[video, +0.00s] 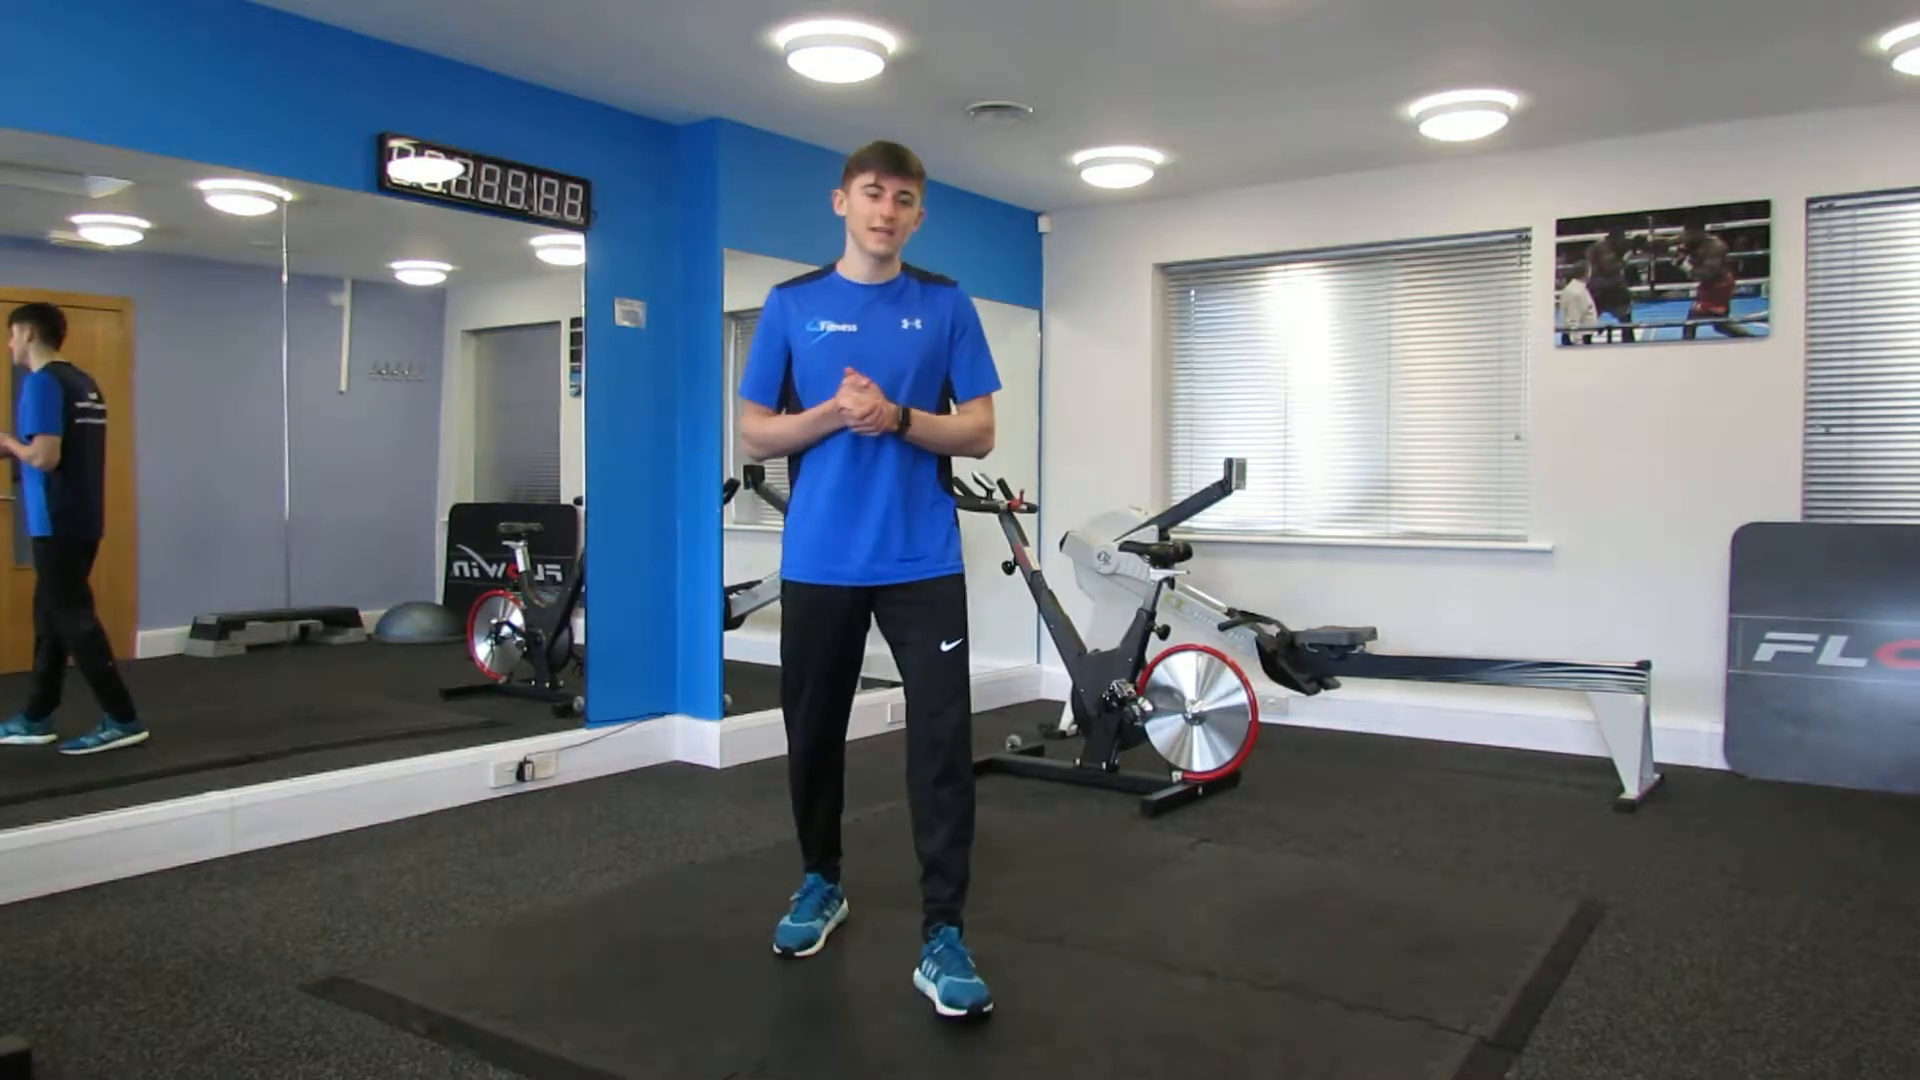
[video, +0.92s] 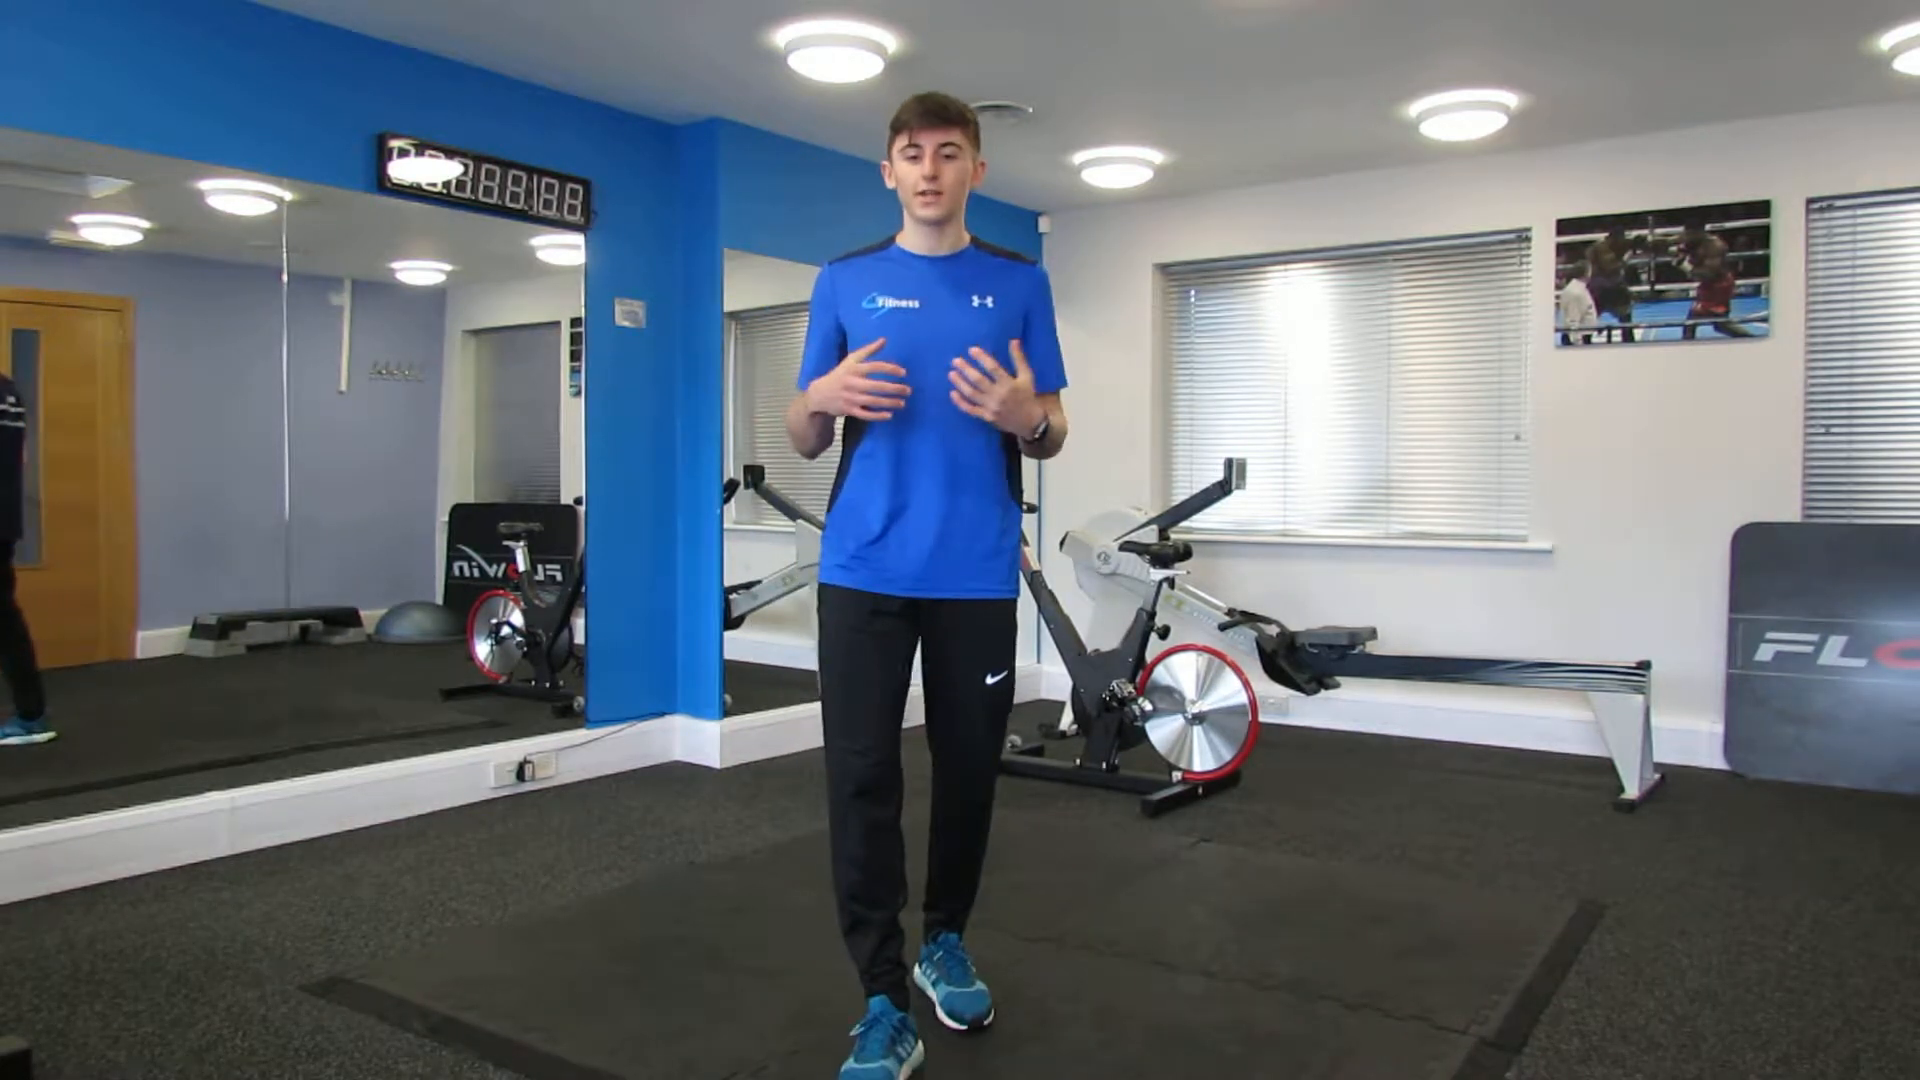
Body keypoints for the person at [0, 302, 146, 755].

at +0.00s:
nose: (9, 345)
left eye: (12, 336)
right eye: (10, 336)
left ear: (27, 335)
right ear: (54, 336)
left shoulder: (43, 381)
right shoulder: (85, 383)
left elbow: (46, 456)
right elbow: (81, 457)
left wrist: (11, 445)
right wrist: (24, 451)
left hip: (57, 529)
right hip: (82, 527)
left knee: (74, 620)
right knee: (51, 619)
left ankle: (124, 719)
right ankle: (36, 718)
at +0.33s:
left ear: (9, 337)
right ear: (32, 337)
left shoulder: (19, 379)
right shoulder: (63, 383)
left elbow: (15, 446)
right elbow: (61, 455)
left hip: (23, 522)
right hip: (57, 522)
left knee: (11, 616)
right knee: (35, 615)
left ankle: (74, 692)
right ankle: (35, 715)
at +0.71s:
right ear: (7, 335)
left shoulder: (7, 382)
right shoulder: (29, 384)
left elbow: (1, 448)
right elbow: (46, 457)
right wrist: (29, 499)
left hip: (10, 520)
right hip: (28, 519)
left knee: (20, 612)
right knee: (23, 611)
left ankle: (35, 716)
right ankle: (35, 715)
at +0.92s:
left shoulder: (10, 396)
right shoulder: (11, 396)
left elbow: (15, 463)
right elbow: (17, 462)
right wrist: (15, 527)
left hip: (3, 531)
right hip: (6, 529)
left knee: (6, 617)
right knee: (6, 616)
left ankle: (32, 714)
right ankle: (31, 714)